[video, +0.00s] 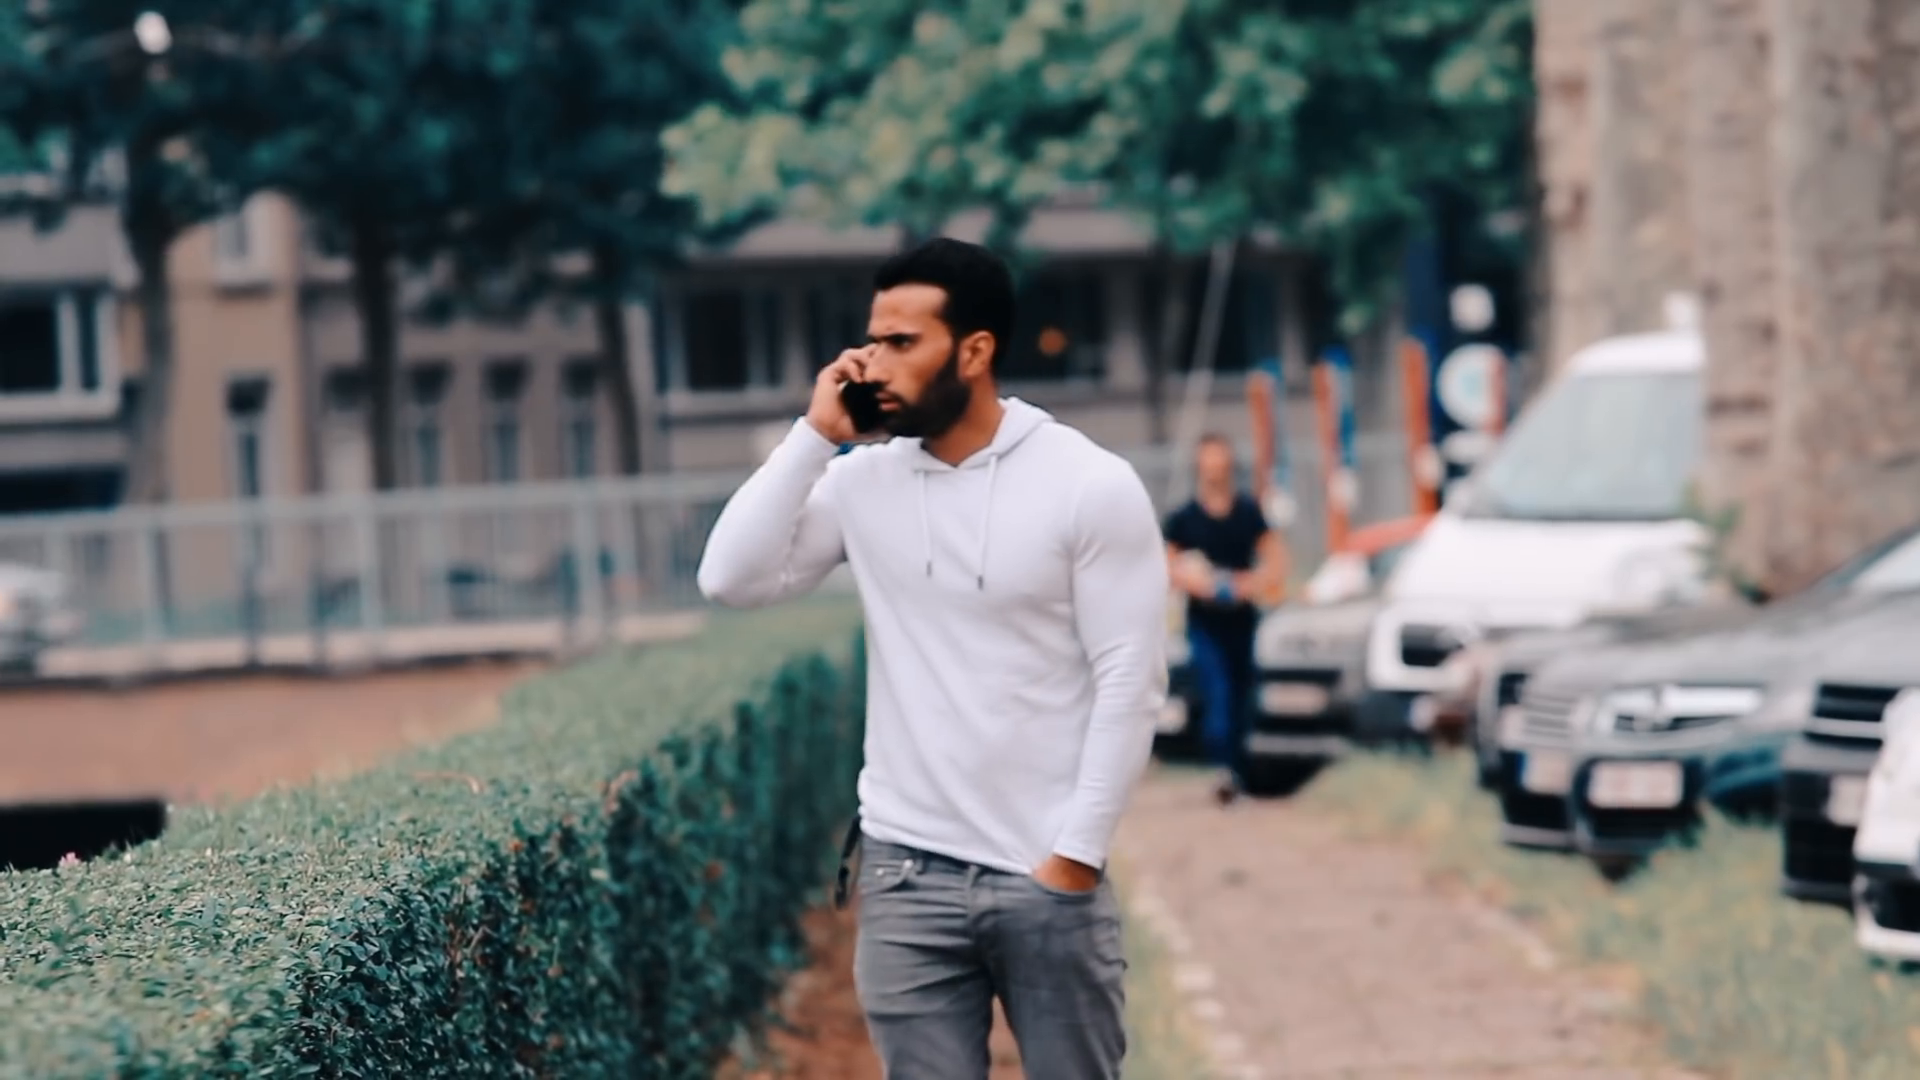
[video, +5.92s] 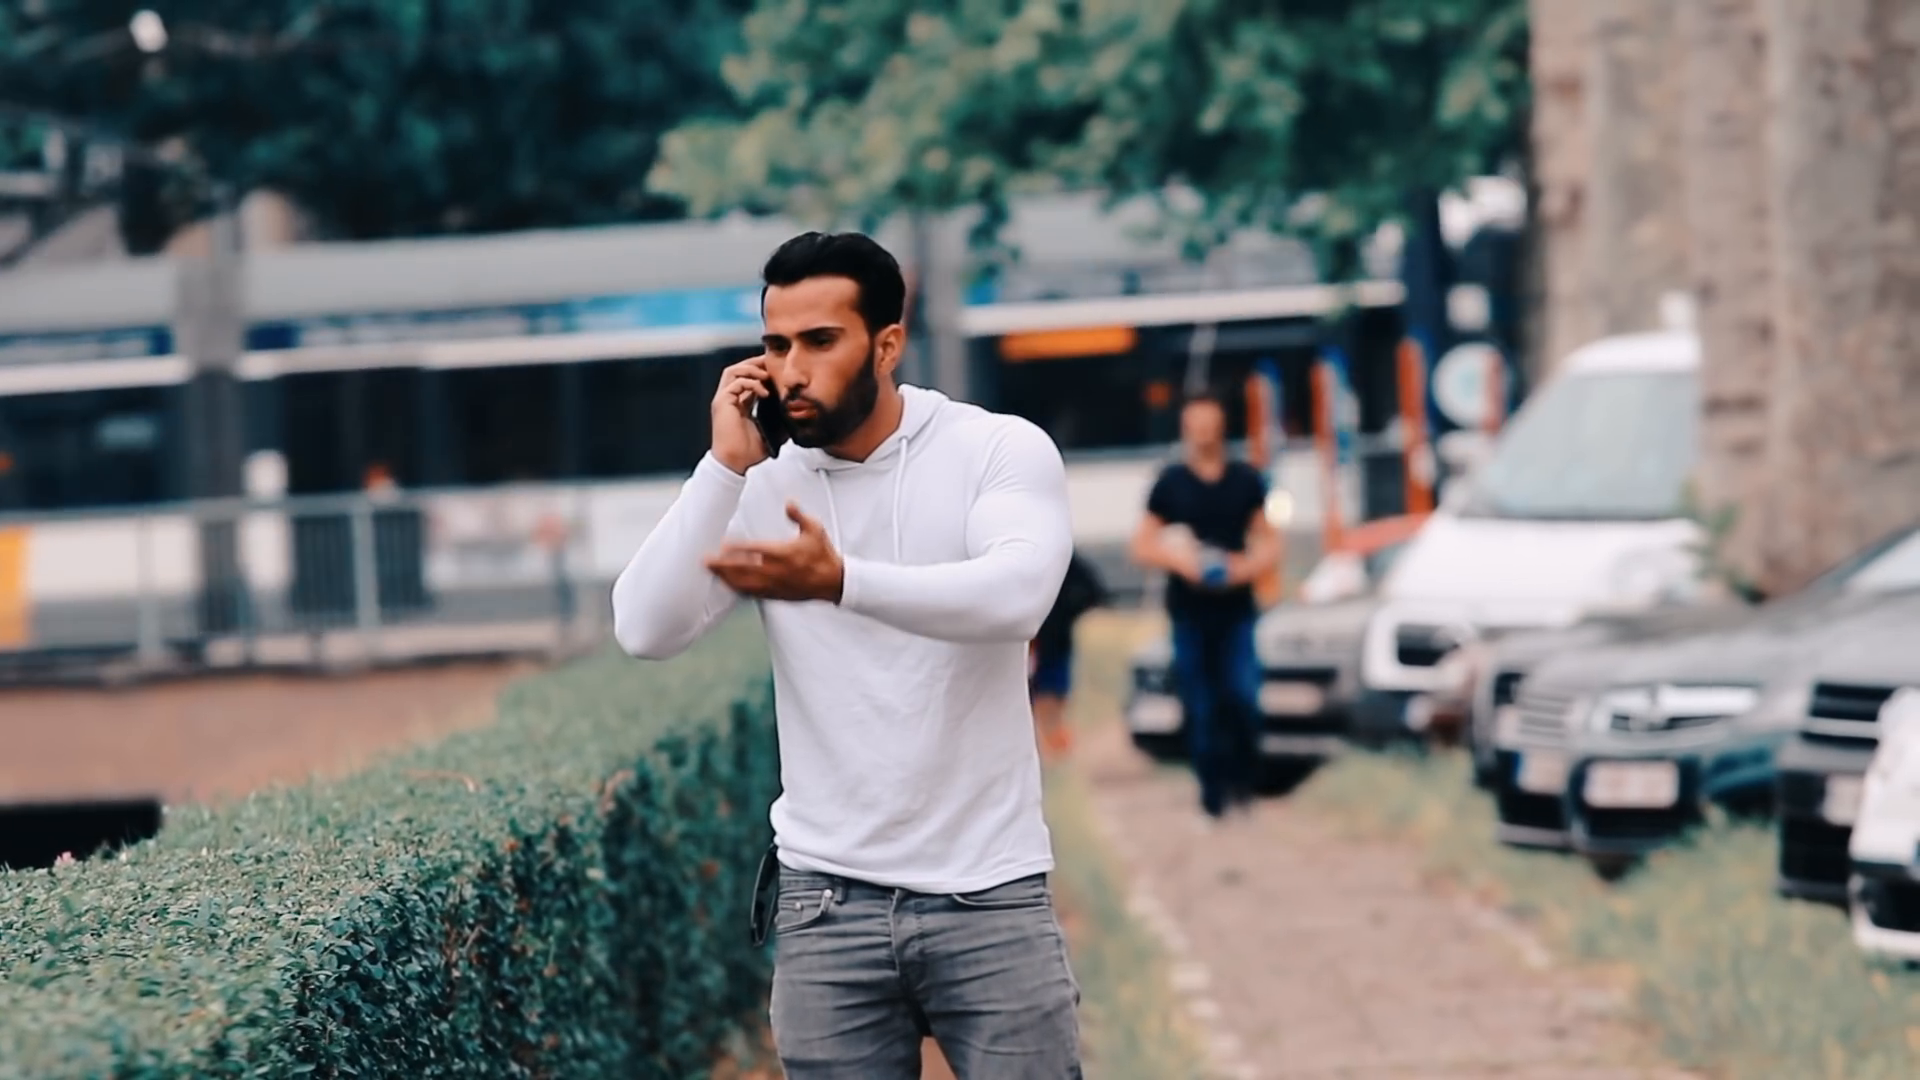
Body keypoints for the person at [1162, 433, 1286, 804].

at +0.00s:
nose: (1215, 472)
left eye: (1221, 464)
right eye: (1209, 464)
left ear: (1231, 466)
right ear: (1198, 467)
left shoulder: (1248, 512)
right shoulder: (1185, 519)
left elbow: (1275, 557)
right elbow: (1169, 564)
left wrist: (1254, 582)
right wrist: (1195, 583)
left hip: (1240, 609)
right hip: (1205, 611)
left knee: (1240, 687)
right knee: (1217, 688)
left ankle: (1236, 763)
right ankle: (1223, 768)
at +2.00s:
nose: (1221, 471)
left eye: (1227, 463)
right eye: (1214, 463)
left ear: (1236, 465)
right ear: (1202, 466)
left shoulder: (1257, 515)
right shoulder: (1187, 521)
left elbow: (1283, 559)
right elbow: (1166, 569)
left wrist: (1259, 586)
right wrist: (1200, 582)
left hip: (1249, 622)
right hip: (1209, 624)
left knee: (1252, 704)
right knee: (1222, 705)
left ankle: (1255, 787)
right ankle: (1231, 790)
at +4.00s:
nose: (1231, 452)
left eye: (1237, 444)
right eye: (1224, 445)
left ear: (1250, 446)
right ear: (1213, 448)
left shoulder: (1270, 497)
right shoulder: (1200, 504)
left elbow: (1302, 550)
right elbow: (1178, 560)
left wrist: (1276, 578)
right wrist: (1211, 575)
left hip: (1262, 613)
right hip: (1219, 615)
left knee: (1266, 702)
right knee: (1232, 706)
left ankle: (1273, 785)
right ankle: (1246, 789)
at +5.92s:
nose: (1201, 438)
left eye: (1208, 430)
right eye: (1194, 430)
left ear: (1221, 429)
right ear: (1183, 431)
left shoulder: (1246, 481)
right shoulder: (1172, 482)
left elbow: (1269, 542)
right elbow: (1144, 544)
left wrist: (1244, 567)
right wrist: (1185, 563)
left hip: (1236, 606)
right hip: (1190, 608)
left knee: (1243, 695)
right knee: (1199, 703)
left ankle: (1243, 784)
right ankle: (1212, 791)